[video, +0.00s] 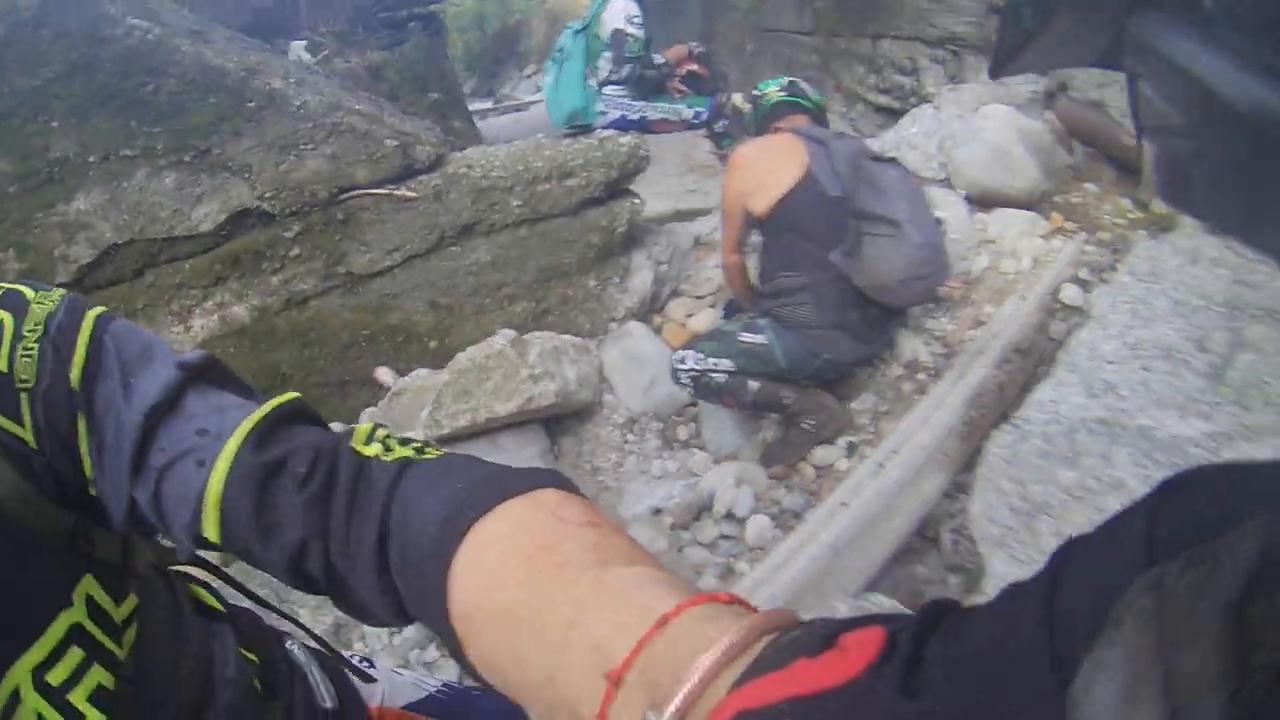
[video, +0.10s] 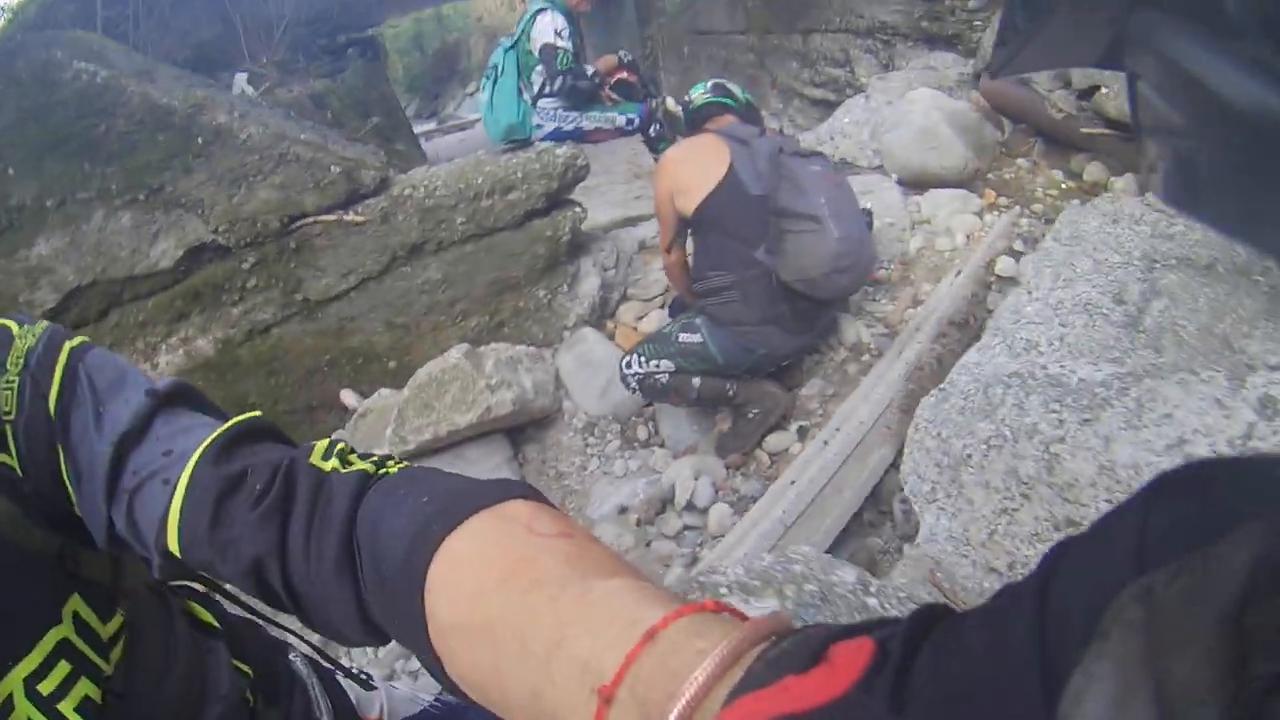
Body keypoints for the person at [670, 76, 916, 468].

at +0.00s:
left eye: (750, 121)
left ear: (763, 122)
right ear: (817, 117)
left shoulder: (750, 157)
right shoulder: (848, 149)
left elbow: (730, 259)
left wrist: (755, 309)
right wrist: (927, 280)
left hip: (820, 336)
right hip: (878, 320)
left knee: (687, 364)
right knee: (736, 312)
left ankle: (813, 414)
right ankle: (832, 377)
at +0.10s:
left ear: (690, 124)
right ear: (750, 117)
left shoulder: (677, 160)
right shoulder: (778, 144)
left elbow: (673, 256)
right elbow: (822, 221)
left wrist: (696, 305)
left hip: (752, 329)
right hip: (815, 307)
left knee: (637, 368)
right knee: (682, 309)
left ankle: (755, 398)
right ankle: (781, 365)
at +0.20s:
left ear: (705, 159)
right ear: (760, 153)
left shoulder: (688, 196)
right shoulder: (788, 178)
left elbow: (686, 286)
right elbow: (826, 256)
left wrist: (709, 333)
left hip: (763, 364)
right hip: (826, 341)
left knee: (653, 399)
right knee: (701, 340)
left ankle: (766, 423)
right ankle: (798, 394)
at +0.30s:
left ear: (739, 167)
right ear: (796, 161)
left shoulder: (720, 202)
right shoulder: (822, 187)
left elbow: (718, 290)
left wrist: (737, 333)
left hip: (787, 369)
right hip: (856, 351)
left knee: (685, 400)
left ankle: (785, 423)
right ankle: (831, 395)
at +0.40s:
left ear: (761, 185)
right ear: (817, 176)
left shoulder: (743, 219)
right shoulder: (846, 202)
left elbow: (747, 311)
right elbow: (906, 261)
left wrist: (773, 352)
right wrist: (908, 322)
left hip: (814, 384)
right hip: (877, 362)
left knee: (718, 418)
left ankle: (820, 435)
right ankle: (858, 406)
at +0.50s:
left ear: (785, 208)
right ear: (841, 194)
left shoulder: (767, 244)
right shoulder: (883, 222)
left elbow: (777, 336)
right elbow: (943, 277)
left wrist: (809, 368)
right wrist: (942, 340)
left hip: (837, 407)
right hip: (905, 383)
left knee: (749, 443)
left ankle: (847, 453)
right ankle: (893, 422)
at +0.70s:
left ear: (775, 285)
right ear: (837, 274)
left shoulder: (759, 331)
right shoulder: (878, 300)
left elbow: (775, 420)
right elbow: (942, 353)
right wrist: (945, 426)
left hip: (828, 493)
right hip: (897, 471)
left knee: (749, 525)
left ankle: (840, 542)